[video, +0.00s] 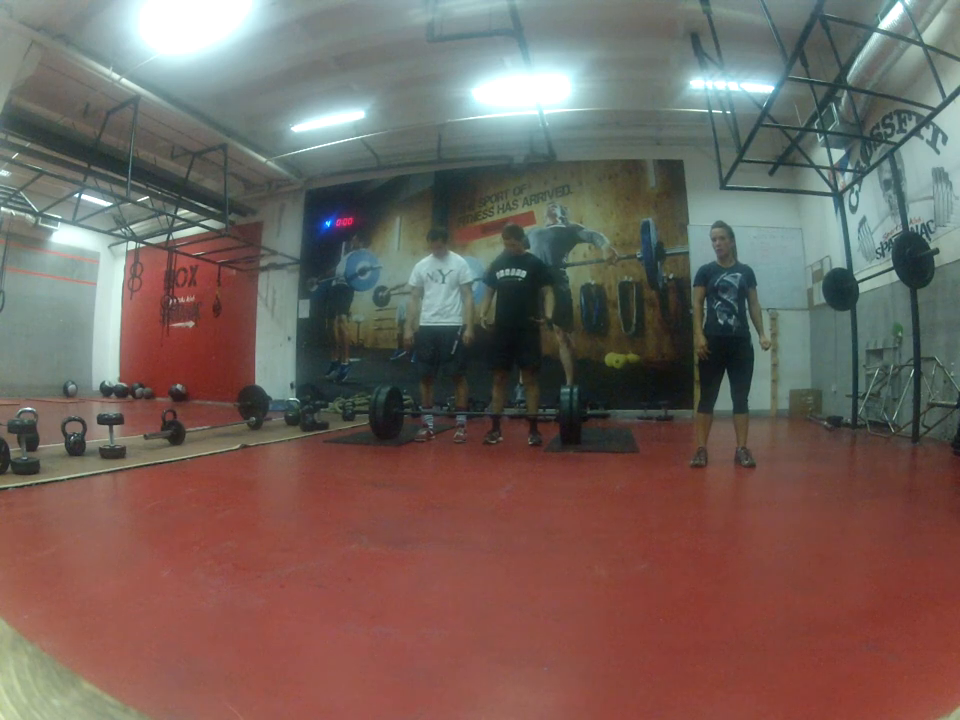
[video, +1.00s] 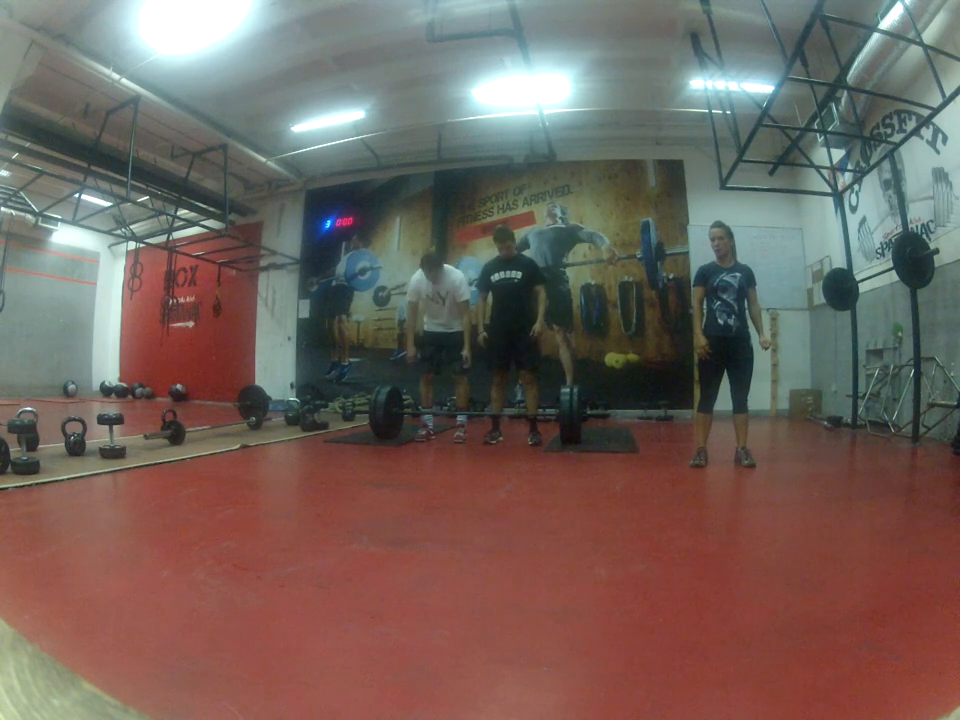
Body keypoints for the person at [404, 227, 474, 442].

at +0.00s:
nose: (437, 249)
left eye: (439, 245)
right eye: (434, 246)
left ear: (446, 243)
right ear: (429, 244)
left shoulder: (459, 263)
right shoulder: (421, 266)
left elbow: (468, 296)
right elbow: (414, 299)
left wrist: (469, 327)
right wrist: (408, 328)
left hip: (454, 328)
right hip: (426, 328)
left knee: (458, 376)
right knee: (425, 377)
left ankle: (461, 425)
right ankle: (427, 425)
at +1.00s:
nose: (431, 277)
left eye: (434, 274)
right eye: (428, 274)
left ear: (441, 267)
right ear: (423, 270)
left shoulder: (456, 277)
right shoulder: (417, 279)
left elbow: (466, 313)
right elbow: (411, 314)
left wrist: (467, 347)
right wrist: (410, 344)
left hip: (455, 330)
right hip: (431, 330)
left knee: (459, 376)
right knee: (426, 376)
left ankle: (461, 425)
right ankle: (427, 425)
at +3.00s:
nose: (428, 287)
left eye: (431, 283)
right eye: (424, 283)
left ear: (437, 276)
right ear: (419, 278)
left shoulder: (454, 282)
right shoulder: (413, 286)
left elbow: (465, 318)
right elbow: (410, 320)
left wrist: (467, 351)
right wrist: (410, 350)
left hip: (454, 332)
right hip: (429, 332)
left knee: (458, 375)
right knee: (425, 376)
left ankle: (461, 424)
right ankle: (426, 425)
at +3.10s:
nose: (427, 299)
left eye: (430, 295)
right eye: (423, 296)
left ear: (436, 287)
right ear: (417, 290)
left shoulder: (453, 293)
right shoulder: (412, 295)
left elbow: (464, 327)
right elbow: (409, 328)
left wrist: (467, 362)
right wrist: (408, 360)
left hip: (452, 333)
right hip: (428, 333)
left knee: (456, 374)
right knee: (423, 375)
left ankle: (459, 425)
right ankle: (426, 425)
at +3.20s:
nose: (427, 318)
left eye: (429, 314)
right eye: (423, 315)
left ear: (435, 308)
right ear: (417, 310)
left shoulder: (452, 312)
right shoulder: (410, 315)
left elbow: (463, 346)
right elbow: (407, 349)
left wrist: (467, 384)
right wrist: (407, 383)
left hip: (452, 340)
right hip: (427, 341)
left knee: (454, 374)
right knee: (422, 376)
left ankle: (459, 426)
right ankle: (426, 426)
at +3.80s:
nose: (429, 299)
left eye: (432, 295)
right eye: (425, 295)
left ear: (438, 291)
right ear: (420, 292)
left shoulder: (453, 303)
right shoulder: (412, 305)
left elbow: (460, 339)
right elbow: (409, 341)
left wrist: (466, 372)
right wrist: (407, 373)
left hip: (450, 336)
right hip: (426, 337)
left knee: (456, 376)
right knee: (423, 376)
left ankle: (458, 426)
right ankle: (427, 425)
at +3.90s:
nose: (429, 272)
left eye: (432, 267)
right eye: (425, 268)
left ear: (438, 265)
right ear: (420, 266)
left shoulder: (454, 284)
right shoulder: (413, 286)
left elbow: (460, 321)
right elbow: (410, 322)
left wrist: (464, 351)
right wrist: (406, 353)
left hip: (451, 329)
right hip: (427, 329)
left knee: (458, 374)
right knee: (425, 377)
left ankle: (459, 425)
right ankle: (427, 426)